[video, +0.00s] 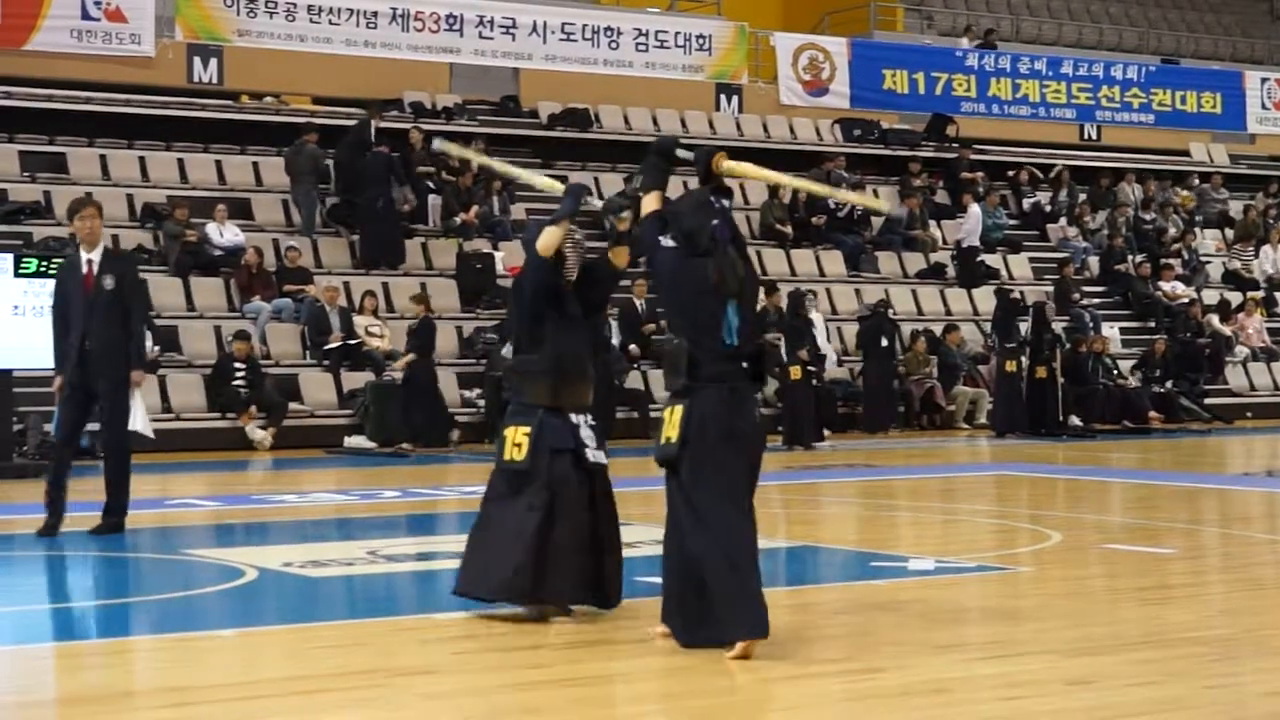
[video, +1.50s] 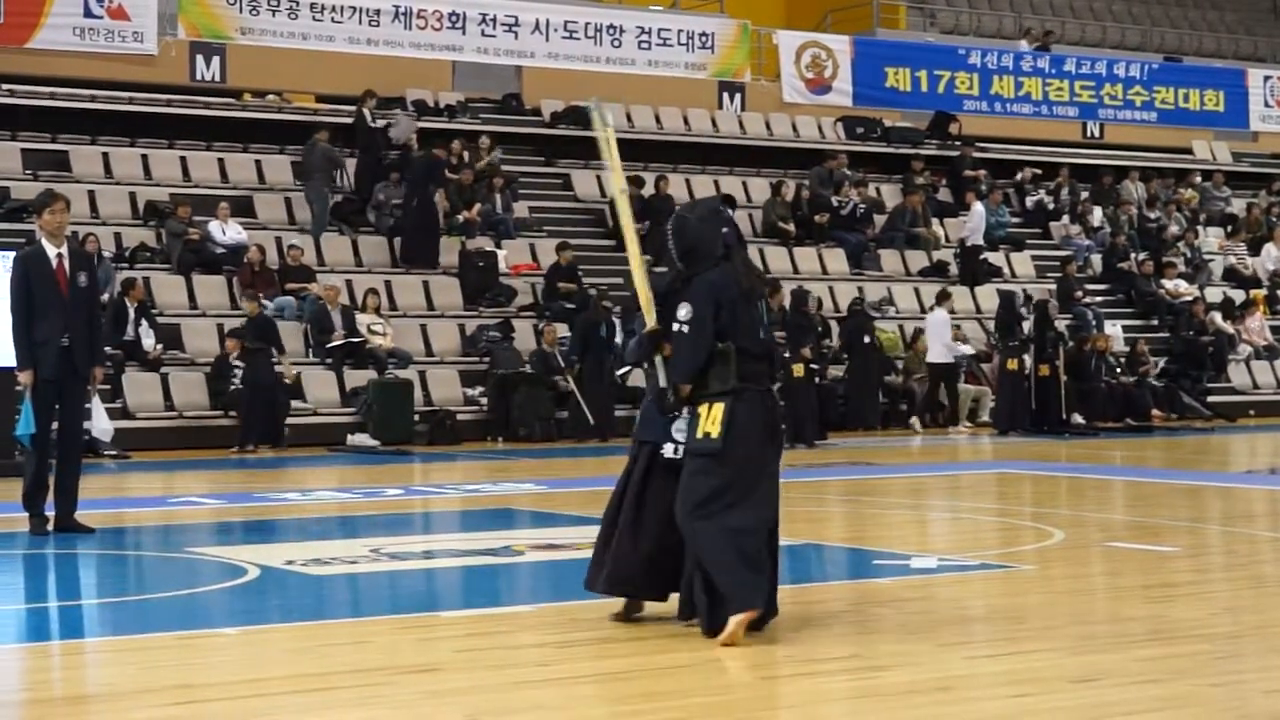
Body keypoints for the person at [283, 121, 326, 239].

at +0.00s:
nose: (316, 138)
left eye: (316, 135)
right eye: (315, 135)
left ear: (304, 134)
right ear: (310, 135)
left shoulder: (291, 150)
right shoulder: (314, 150)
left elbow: (288, 170)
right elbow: (322, 171)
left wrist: (297, 176)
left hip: (295, 187)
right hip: (309, 188)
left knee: (305, 220)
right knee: (309, 221)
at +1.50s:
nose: (327, 137)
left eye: (326, 135)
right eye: (325, 135)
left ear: (315, 135)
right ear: (322, 136)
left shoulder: (307, 148)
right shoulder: (325, 148)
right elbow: (340, 162)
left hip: (309, 185)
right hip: (321, 186)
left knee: (316, 218)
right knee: (321, 220)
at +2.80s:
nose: (339, 142)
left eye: (339, 140)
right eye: (338, 139)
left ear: (328, 137)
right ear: (334, 137)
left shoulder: (319, 148)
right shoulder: (329, 149)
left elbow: (327, 176)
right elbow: (341, 154)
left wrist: (344, 185)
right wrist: (357, 155)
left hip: (316, 189)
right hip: (323, 190)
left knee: (324, 224)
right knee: (324, 224)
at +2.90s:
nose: (340, 144)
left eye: (340, 141)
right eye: (339, 141)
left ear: (329, 139)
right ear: (335, 139)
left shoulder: (323, 151)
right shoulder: (330, 150)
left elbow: (331, 179)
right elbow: (344, 154)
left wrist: (348, 187)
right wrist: (359, 155)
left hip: (317, 191)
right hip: (323, 191)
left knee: (325, 224)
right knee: (324, 225)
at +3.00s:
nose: (344, 146)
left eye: (344, 143)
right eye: (342, 143)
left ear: (332, 141)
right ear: (337, 141)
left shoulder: (324, 152)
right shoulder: (332, 150)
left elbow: (333, 182)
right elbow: (350, 153)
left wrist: (351, 189)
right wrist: (362, 157)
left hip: (317, 191)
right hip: (323, 191)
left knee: (325, 225)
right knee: (324, 226)